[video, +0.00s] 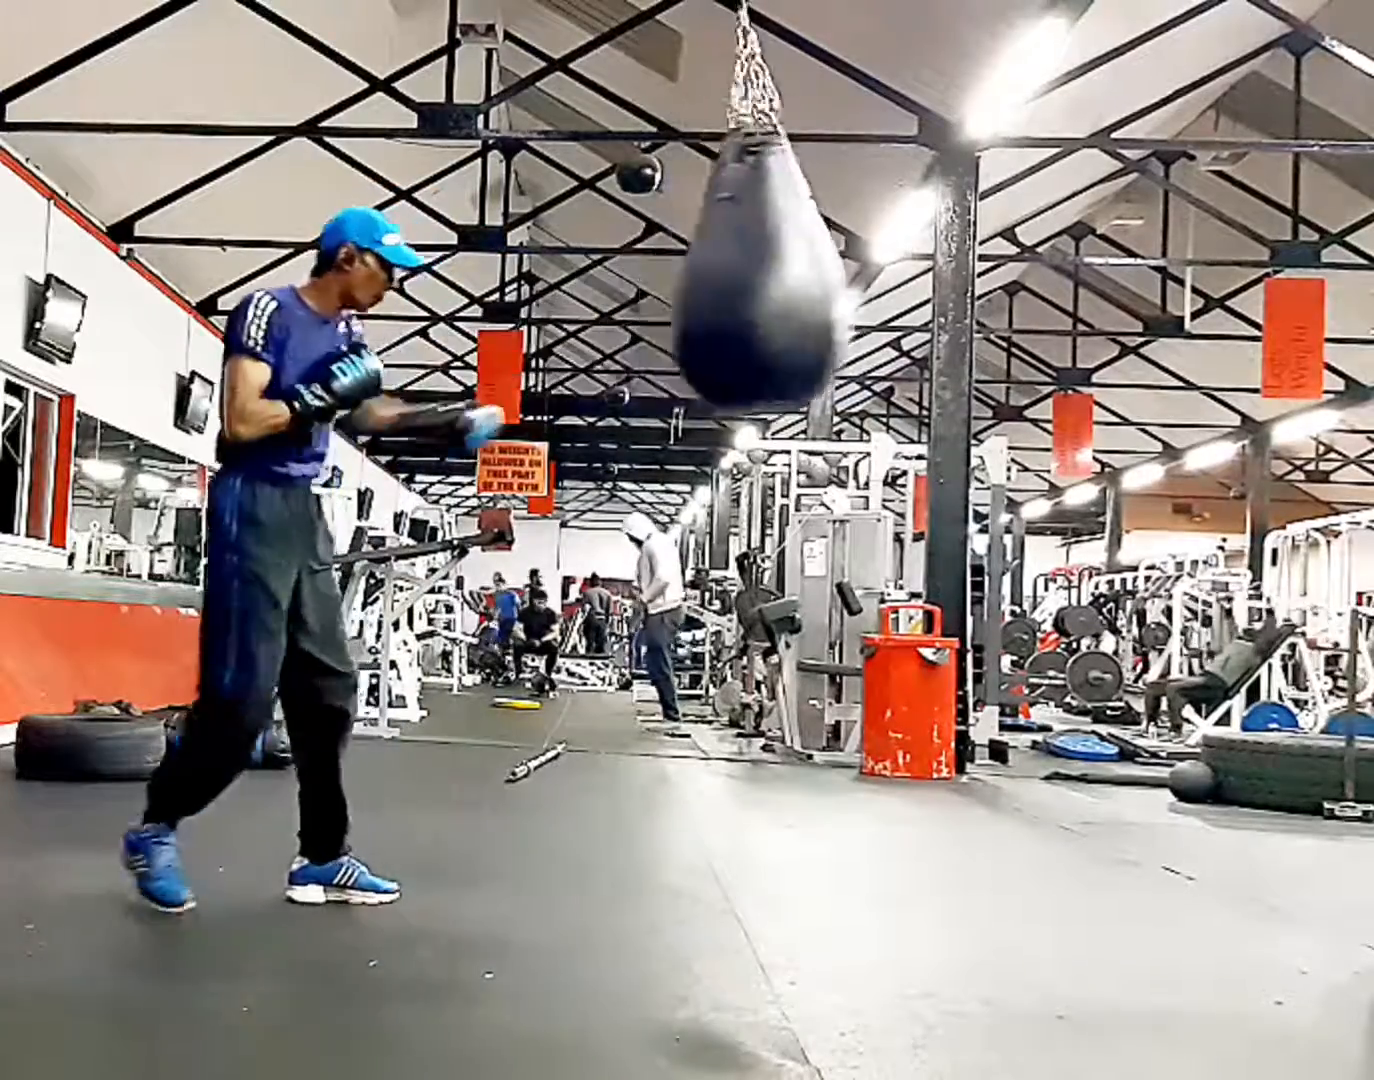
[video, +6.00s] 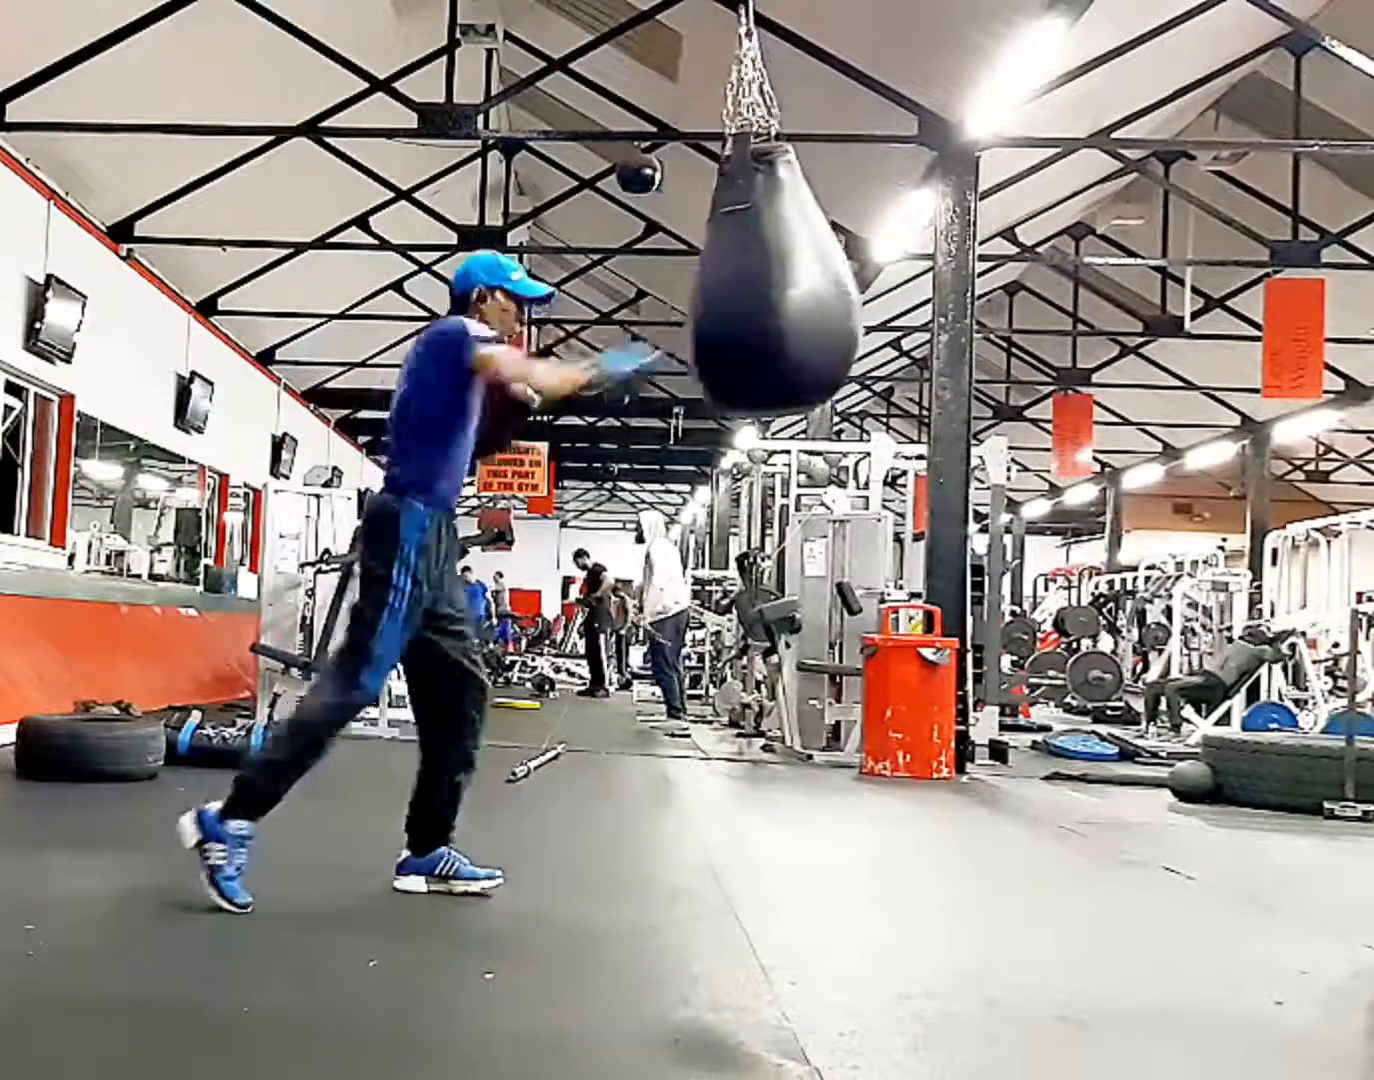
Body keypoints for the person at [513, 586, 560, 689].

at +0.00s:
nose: (542, 606)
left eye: (544, 603)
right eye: (539, 603)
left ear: (546, 602)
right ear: (533, 601)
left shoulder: (550, 614)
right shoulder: (525, 613)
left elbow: (556, 632)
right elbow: (516, 629)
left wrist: (542, 640)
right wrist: (526, 639)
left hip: (543, 641)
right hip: (529, 640)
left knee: (553, 649)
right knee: (517, 647)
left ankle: (547, 675)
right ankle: (518, 674)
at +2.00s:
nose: (575, 565)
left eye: (576, 562)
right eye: (572, 562)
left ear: (579, 562)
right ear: (567, 562)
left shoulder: (582, 576)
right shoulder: (559, 577)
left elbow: (587, 592)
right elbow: (555, 596)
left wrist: (592, 606)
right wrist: (564, 611)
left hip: (580, 614)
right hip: (566, 614)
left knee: (584, 644)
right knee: (564, 648)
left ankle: (581, 678)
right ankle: (562, 679)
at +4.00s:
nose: (596, 567)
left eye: (599, 564)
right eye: (594, 564)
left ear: (604, 562)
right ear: (591, 563)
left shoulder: (614, 574)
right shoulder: (591, 575)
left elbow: (629, 589)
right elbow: (583, 591)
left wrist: (624, 606)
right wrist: (584, 598)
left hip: (607, 619)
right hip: (592, 619)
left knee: (603, 653)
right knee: (593, 653)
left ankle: (603, 685)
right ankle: (600, 684)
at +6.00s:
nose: (578, 565)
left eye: (579, 561)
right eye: (576, 563)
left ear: (586, 557)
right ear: (578, 563)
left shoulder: (598, 569)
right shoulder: (588, 577)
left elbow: (608, 582)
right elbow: (588, 597)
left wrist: (595, 596)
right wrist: (582, 600)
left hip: (600, 616)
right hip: (590, 617)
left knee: (599, 652)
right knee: (591, 652)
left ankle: (602, 685)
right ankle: (594, 684)